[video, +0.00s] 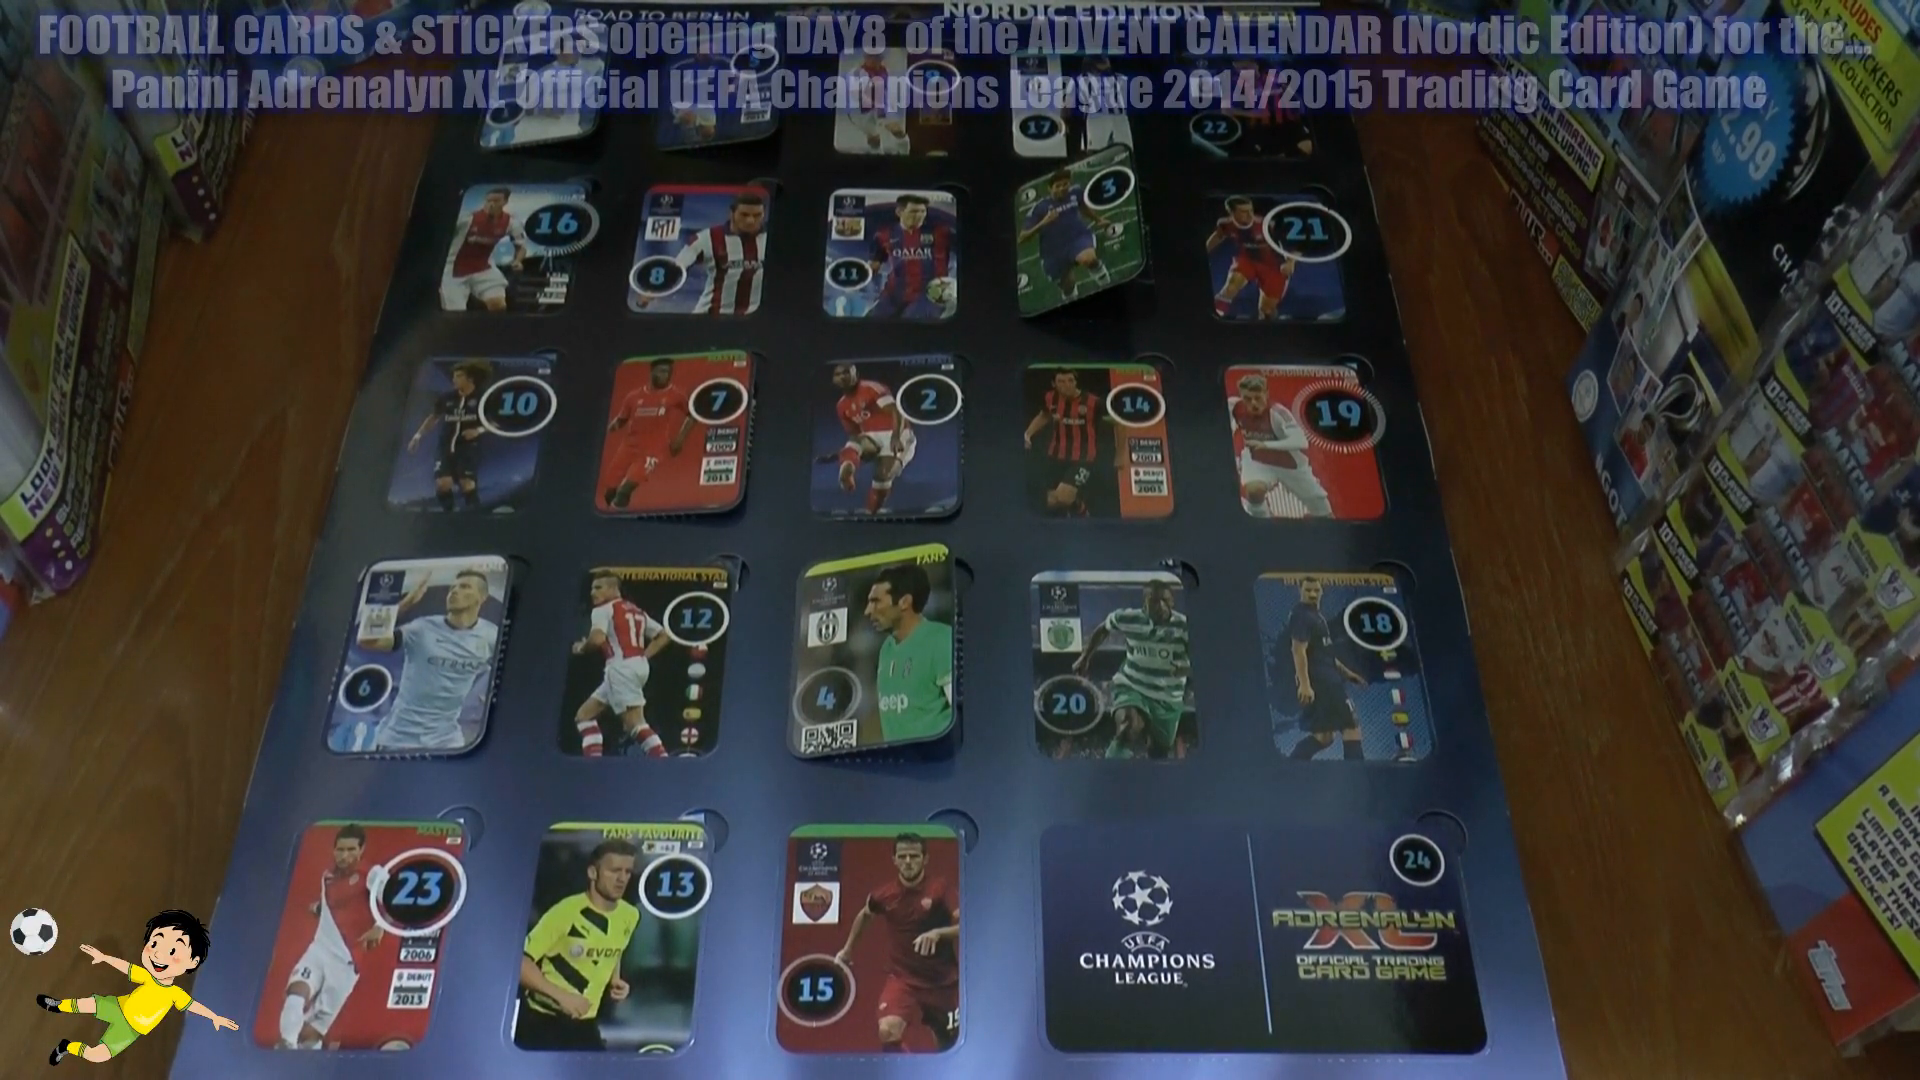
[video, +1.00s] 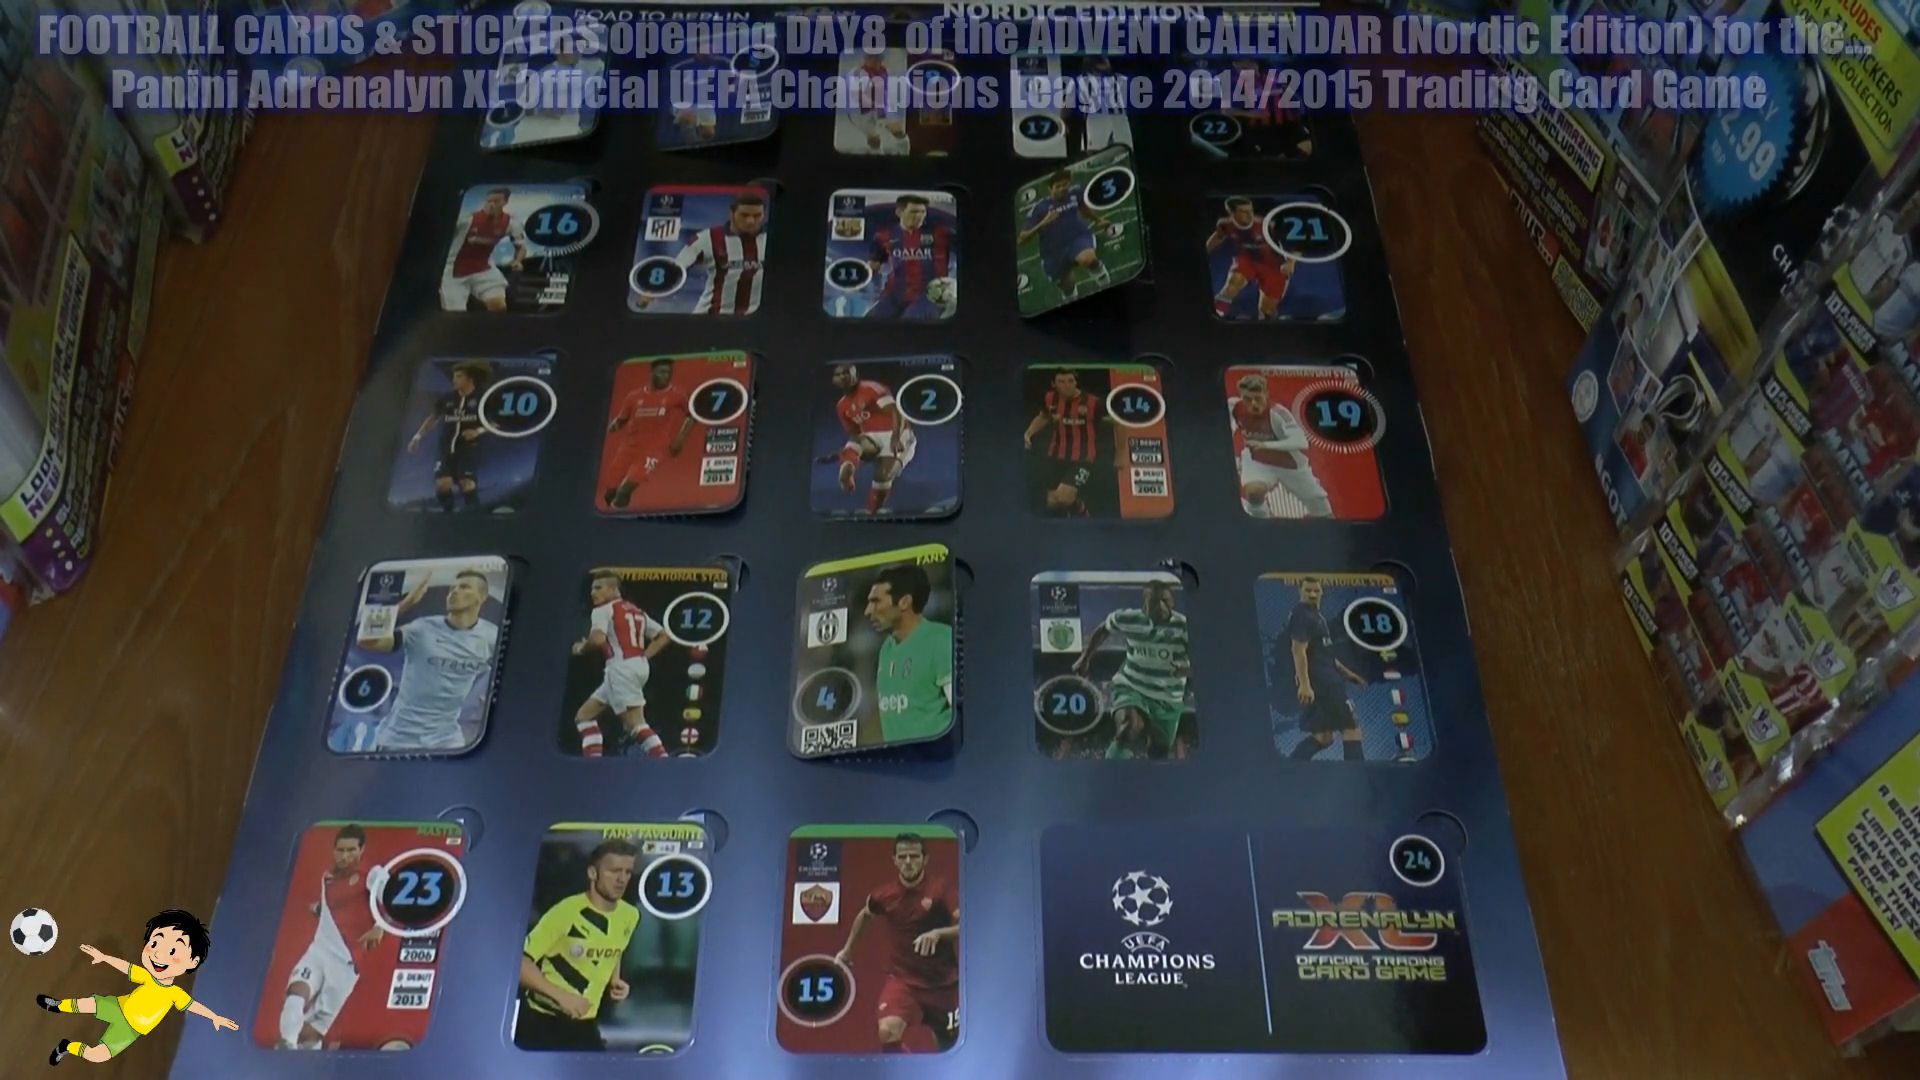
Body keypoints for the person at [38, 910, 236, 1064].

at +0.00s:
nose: (159, 956)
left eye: (172, 952)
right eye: (155, 944)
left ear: (189, 965)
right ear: (145, 946)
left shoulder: (176, 995)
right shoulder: (143, 976)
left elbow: (195, 1007)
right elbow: (123, 966)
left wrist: (215, 1017)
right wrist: (103, 958)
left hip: (131, 1030)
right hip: (118, 1008)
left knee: (99, 1055)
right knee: (89, 1003)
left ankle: (66, 1047)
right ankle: (58, 1006)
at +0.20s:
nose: (159, 955)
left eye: (172, 952)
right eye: (155, 944)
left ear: (189, 965)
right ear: (146, 946)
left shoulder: (176, 995)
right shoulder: (144, 976)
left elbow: (194, 1007)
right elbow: (124, 966)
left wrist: (214, 1017)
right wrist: (103, 958)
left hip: (131, 1030)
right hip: (119, 1008)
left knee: (99, 1055)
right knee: (88, 1003)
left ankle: (66, 1047)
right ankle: (57, 1006)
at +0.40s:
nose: (159, 955)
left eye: (172, 952)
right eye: (155, 944)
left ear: (189, 965)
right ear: (145, 946)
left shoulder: (176, 995)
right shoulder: (143, 976)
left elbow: (195, 1007)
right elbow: (123, 966)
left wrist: (215, 1017)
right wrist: (103, 958)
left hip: (131, 1030)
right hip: (118, 1008)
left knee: (99, 1055)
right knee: (89, 1003)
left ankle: (66, 1047)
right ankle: (58, 1006)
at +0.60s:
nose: (159, 956)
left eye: (172, 952)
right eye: (155, 944)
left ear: (189, 965)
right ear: (145, 946)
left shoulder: (176, 995)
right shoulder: (143, 976)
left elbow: (195, 1007)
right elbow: (123, 966)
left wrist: (215, 1017)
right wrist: (103, 958)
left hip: (131, 1030)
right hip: (118, 1008)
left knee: (99, 1055)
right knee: (88, 1003)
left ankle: (66, 1047)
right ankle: (58, 1006)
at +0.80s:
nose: (159, 955)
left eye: (172, 952)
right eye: (155, 944)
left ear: (189, 965)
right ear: (146, 945)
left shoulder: (176, 995)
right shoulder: (144, 976)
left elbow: (194, 1007)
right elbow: (124, 966)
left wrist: (214, 1017)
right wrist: (103, 957)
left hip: (131, 1030)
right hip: (119, 1008)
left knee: (99, 1055)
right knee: (88, 1003)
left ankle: (66, 1047)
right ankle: (57, 1006)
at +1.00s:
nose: (159, 955)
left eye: (172, 952)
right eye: (155, 944)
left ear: (189, 965)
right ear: (146, 946)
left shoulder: (176, 995)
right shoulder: (143, 976)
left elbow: (195, 1007)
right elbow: (123, 966)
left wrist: (215, 1017)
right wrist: (103, 958)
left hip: (131, 1030)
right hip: (118, 1008)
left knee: (98, 1055)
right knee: (89, 1003)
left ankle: (66, 1047)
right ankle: (58, 1006)